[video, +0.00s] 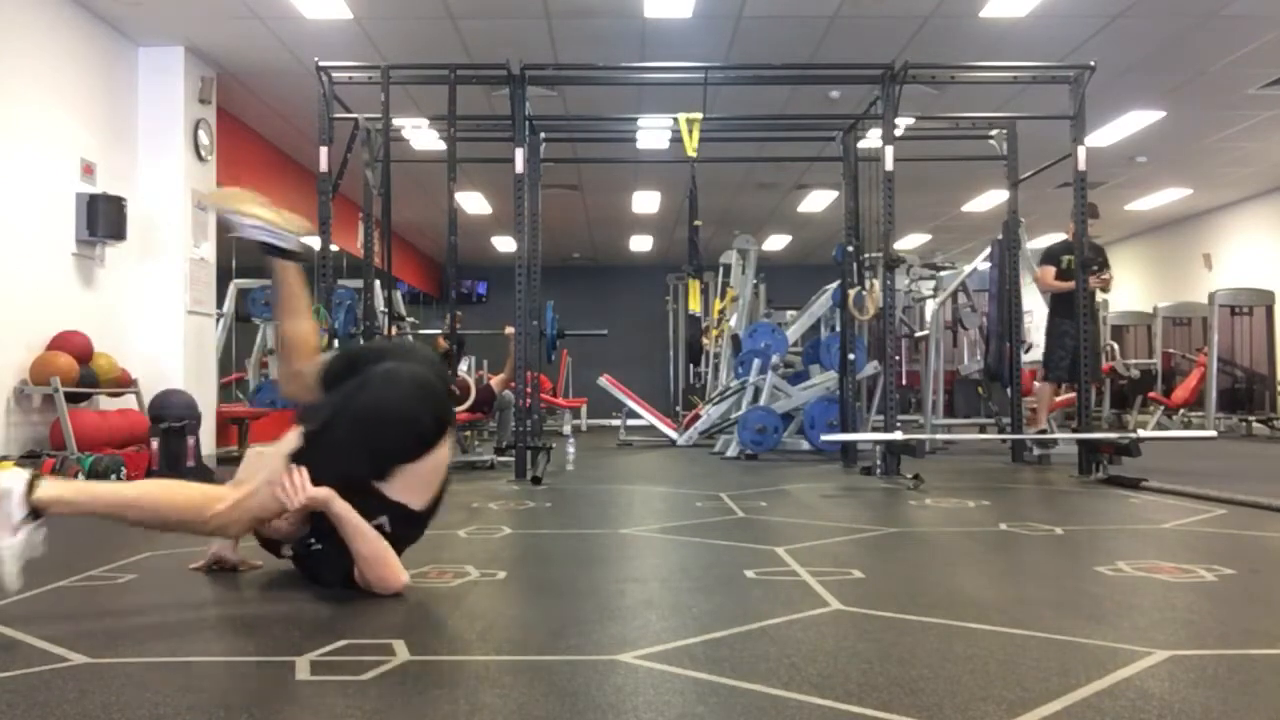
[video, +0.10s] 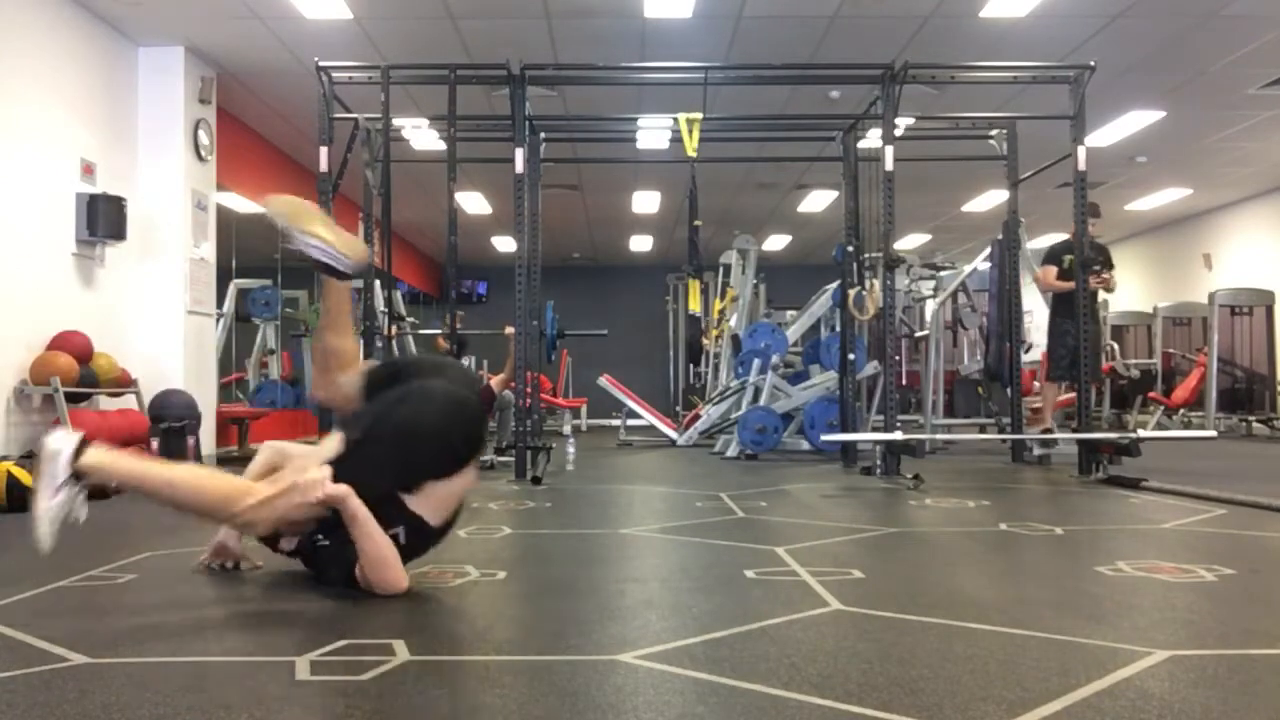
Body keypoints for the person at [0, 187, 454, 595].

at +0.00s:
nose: (275, 524)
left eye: (273, 531)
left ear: (274, 535)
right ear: (298, 542)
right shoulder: (329, 557)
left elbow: (267, 451)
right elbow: (393, 581)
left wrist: (230, 543)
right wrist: (331, 505)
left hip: (402, 367)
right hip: (412, 403)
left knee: (301, 381)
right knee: (231, 510)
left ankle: (284, 248)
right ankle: (34, 492)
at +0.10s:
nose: (278, 535)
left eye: (278, 537)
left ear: (283, 536)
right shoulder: (332, 557)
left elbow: (274, 450)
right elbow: (392, 583)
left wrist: (230, 528)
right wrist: (344, 498)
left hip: (436, 381)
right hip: (451, 418)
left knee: (334, 384)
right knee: (258, 506)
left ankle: (338, 268)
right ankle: (83, 457)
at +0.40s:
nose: (355, 464)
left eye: (351, 457)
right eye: (339, 470)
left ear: (367, 455)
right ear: (332, 499)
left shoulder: (410, 480)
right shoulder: (357, 541)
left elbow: (390, 400)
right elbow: (376, 583)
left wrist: (315, 410)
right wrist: (359, 540)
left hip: (561, 471)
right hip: (535, 515)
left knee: (450, 381)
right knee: (383, 404)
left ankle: (556, 345)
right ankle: (344, 256)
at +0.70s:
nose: (459, 402)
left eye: (454, 393)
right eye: (441, 398)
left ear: (464, 407)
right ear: (406, 428)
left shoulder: (488, 458)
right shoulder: (411, 482)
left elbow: (543, 410)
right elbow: (433, 499)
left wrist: (511, 342)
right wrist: (464, 456)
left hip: (614, 527)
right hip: (570, 543)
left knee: (630, 371)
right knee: (573, 355)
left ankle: (720, 474)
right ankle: (701, 259)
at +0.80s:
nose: (494, 376)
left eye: (489, 366)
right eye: (477, 369)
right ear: (441, 392)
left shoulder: (495, 441)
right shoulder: (440, 450)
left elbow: (574, 400)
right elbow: (473, 477)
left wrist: (573, 330)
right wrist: (532, 435)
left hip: (616, 532)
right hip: (584, 542)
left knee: (664, 380)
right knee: (625, 366)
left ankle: (741, 489)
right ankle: (764, 280)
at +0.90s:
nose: (536, 351)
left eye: (534, 341)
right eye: (521, 341)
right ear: (483, 356)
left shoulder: (537, 413)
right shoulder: (473, 416)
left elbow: (608, 396)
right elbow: (505, 453)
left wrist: (641, 330)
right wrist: (581, 429)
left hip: (626, 534)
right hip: (591, 543)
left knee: (680, 392)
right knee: (663, 376)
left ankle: (761, 506)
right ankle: (815, 300)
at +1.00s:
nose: (565, 337)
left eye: (562, 326)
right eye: (552, 325)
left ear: (537, 337)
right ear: (512, 335)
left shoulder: (553, 399)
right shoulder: (498, 395)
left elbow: (632, 391)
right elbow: (526, 440)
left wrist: (686, 340)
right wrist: (612, 434)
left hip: (620, 538)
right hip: (591, 546)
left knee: (688, 401)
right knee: (685, 387)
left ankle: (764, 518)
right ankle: (846, 326)